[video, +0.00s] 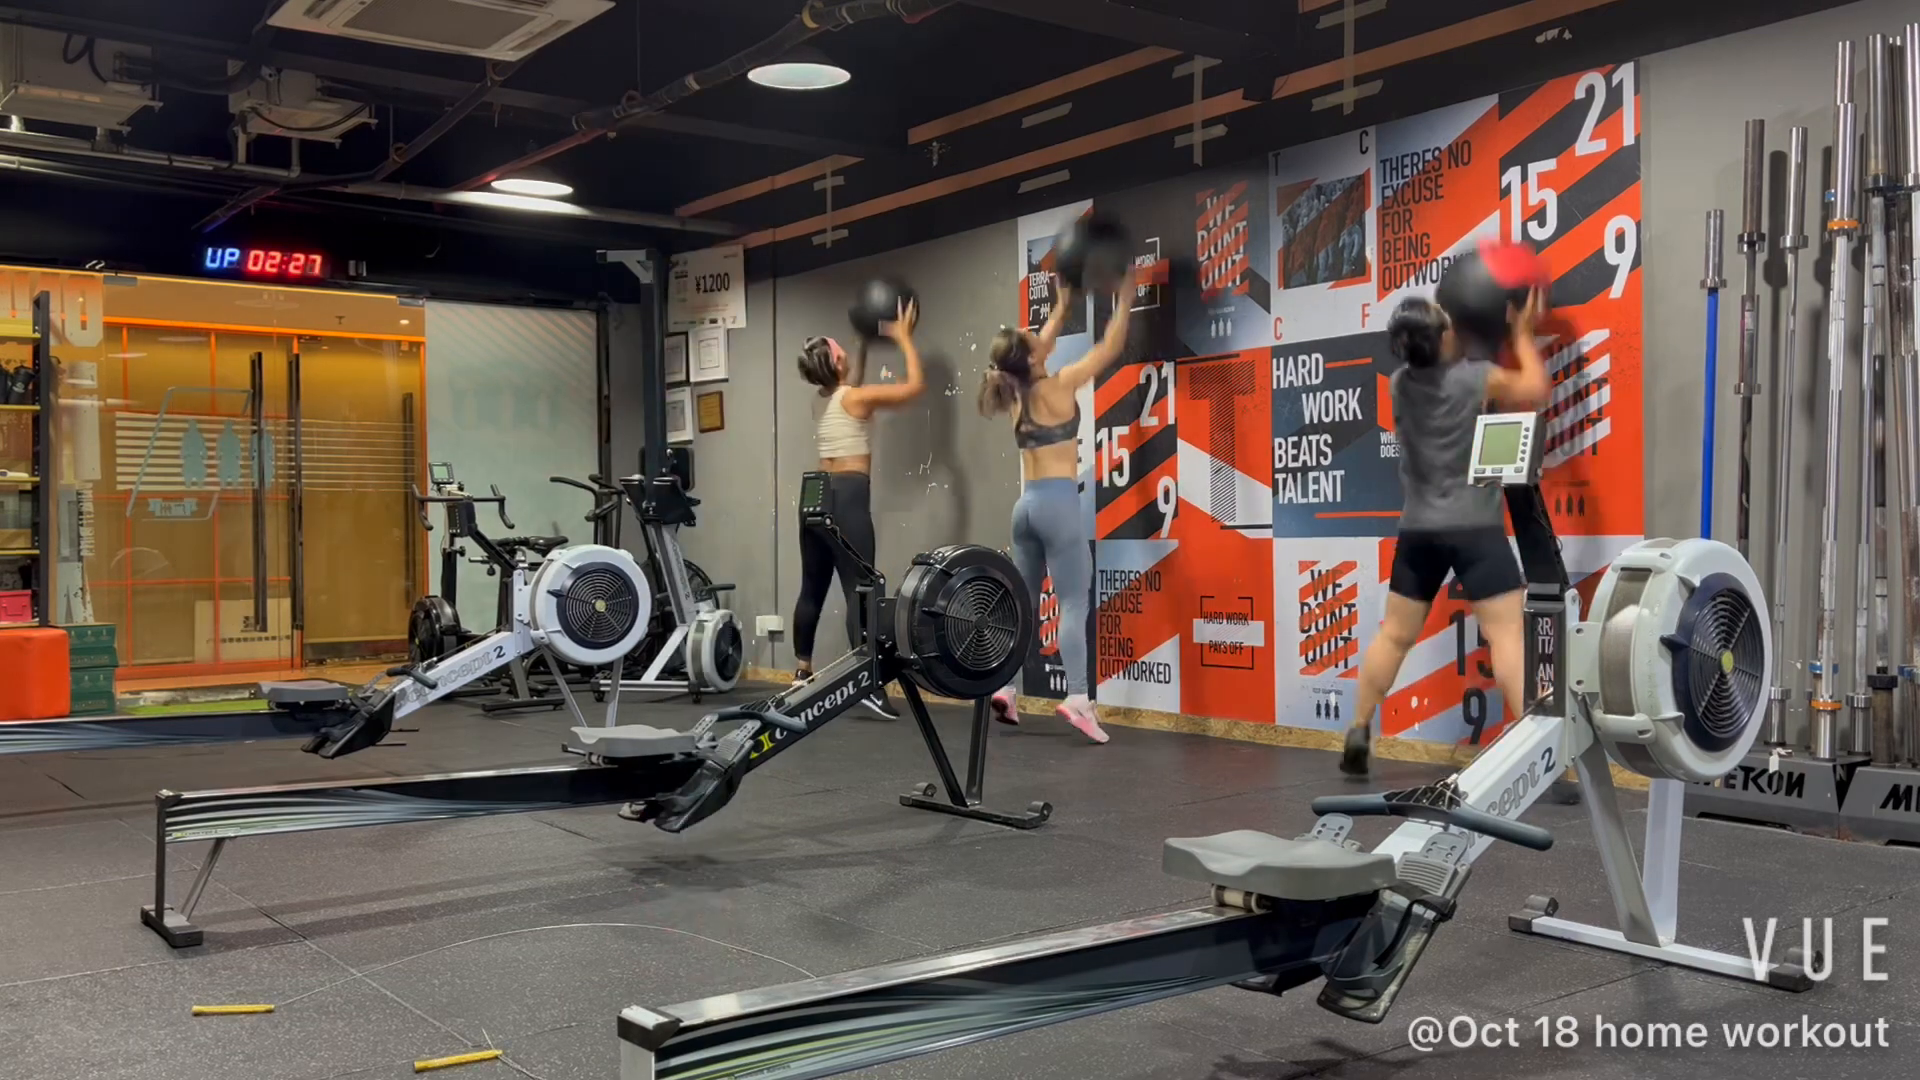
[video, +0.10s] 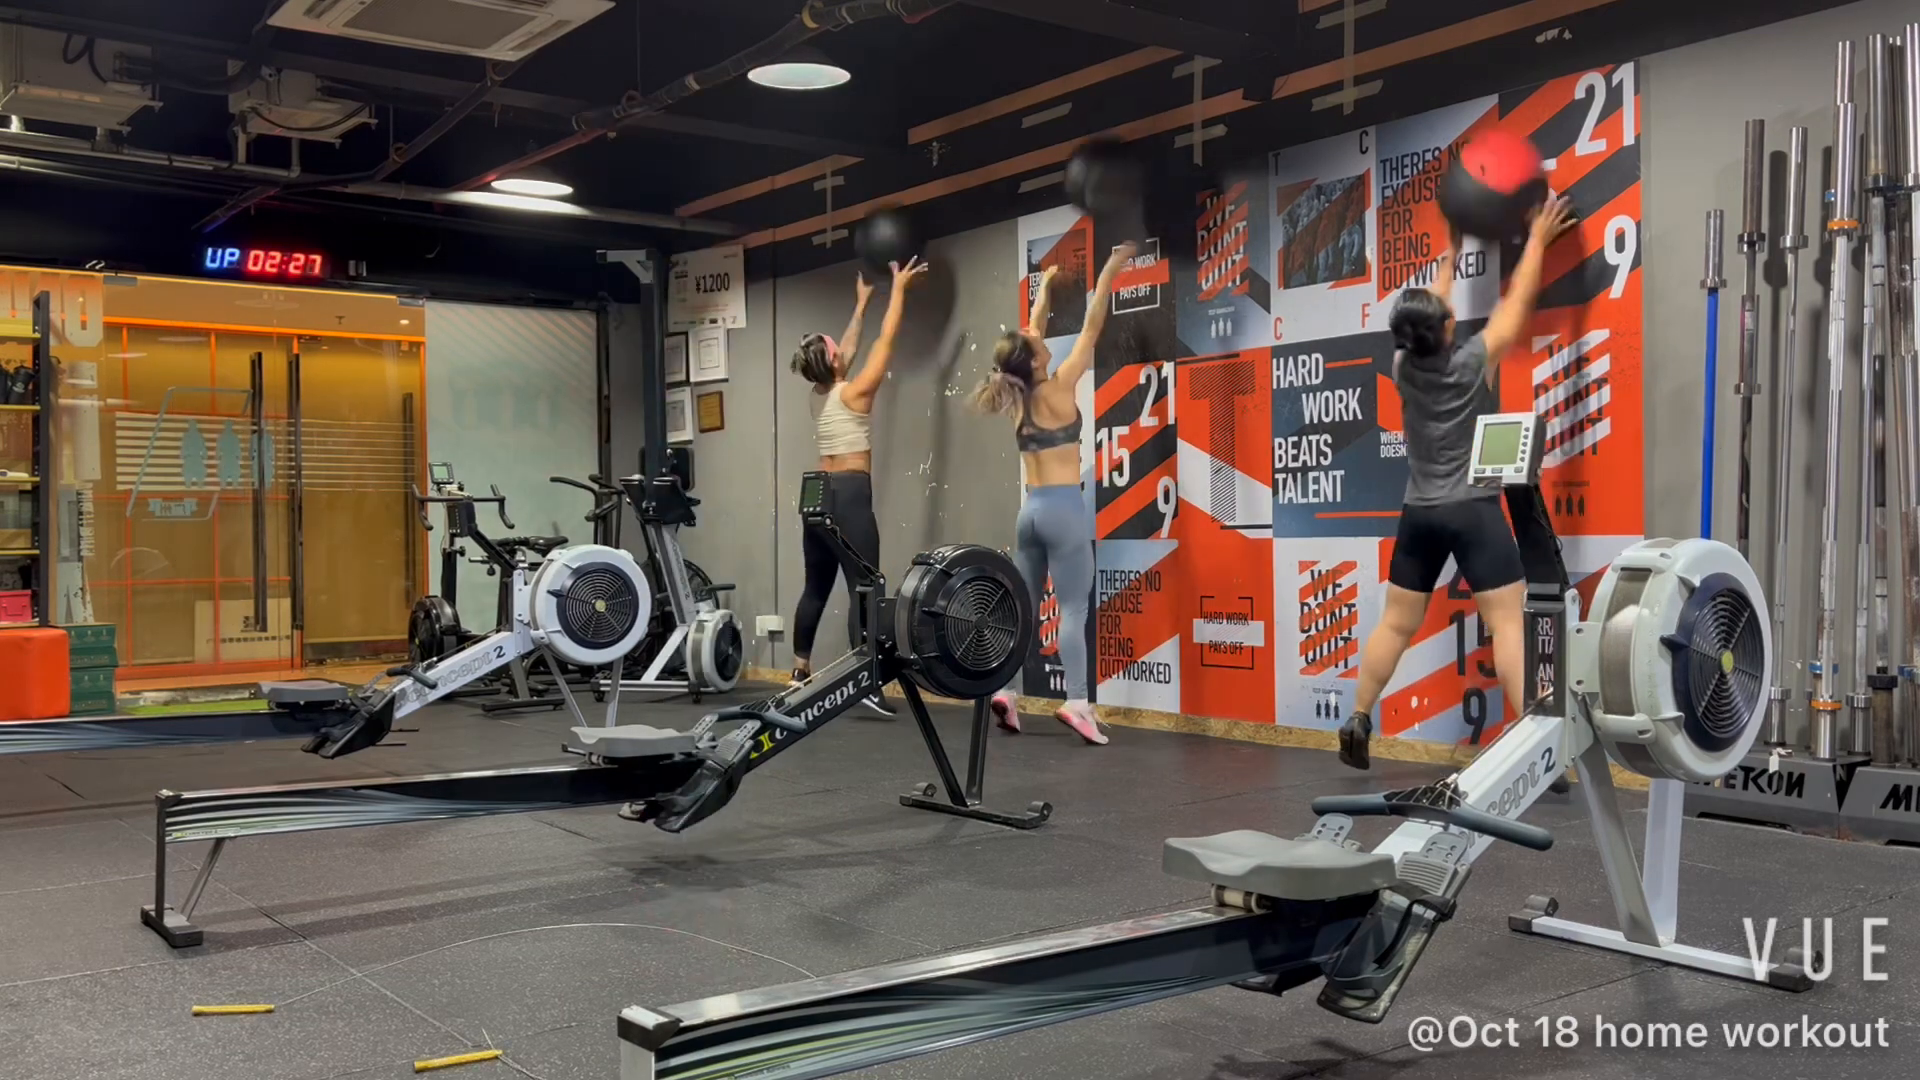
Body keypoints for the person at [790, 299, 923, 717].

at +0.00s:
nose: (841, 347)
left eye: (835, 344)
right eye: (838, 346)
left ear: (821, 370)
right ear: (837, 360)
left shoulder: (824, 402)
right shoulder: (855, 396)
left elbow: (858, 392)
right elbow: (914, 387)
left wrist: (865, 349)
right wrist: (905, 339)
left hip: (817, 497)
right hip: (848, 497)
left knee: (812, 588)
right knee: (860, 589)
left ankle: (803, 672)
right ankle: (867, 681)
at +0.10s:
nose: (837, 344)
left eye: (834, 343)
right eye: (834, 345)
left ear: (817, 370)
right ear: (833, 361)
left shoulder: (821, 396)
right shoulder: (856, 391)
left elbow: (843, 352)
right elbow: (888, 336)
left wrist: (860, 306)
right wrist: (899, 288)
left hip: (819, 494)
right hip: (850, 494)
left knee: (815, 588)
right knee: (864, 589)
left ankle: (801, 672)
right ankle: (865, 682)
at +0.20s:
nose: (839, 355)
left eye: (835, 354)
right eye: (834, 356)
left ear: (816, 381)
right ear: (831, 375)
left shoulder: (815, 407)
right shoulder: (849, 404)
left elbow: (839, 357)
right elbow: (875, 351)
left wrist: (859, 314)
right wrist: (884, 304)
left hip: (821, 505)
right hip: (853, 505)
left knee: (819, 601)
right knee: (868, 598)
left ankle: (802, 686)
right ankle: (861, 691)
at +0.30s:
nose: (839, 368)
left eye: (835, 366)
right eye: (835, 369)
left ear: (814, 391)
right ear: (830, 387)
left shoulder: (810, 418)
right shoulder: (844, 418)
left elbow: (837, 373)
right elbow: (872, 366)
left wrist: (858, 335)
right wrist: (883, 317)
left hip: (820, 516)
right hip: (853, 515)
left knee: (818, 609)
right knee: (861, 609)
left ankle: (800, 694)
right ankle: (854, 699)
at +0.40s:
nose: (837, 367)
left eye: (833, 364)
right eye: (833, 367)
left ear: (812, 388)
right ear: (828, 382)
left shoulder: (807, 416)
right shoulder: (842, 415)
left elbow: (834, 377)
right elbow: (875, 365)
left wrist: (859, 342)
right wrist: (887, 317)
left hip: (817, 513)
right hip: (849, 512)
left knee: (815, 610)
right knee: (859, 609)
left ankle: (798, 694)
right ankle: (854, 699)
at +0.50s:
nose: (837, 370)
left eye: (833, 366)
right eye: (833, 369)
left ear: (811, 389)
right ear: (828, 383)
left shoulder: (807, 416)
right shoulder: (841, 415)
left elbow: (833, 382)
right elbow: (877, 367)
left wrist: (857, 347)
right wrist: (891, 317)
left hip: (813, 515)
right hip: (846, 513)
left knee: (809, 611)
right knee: (854, 612)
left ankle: (797, 694)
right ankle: (854, 700)